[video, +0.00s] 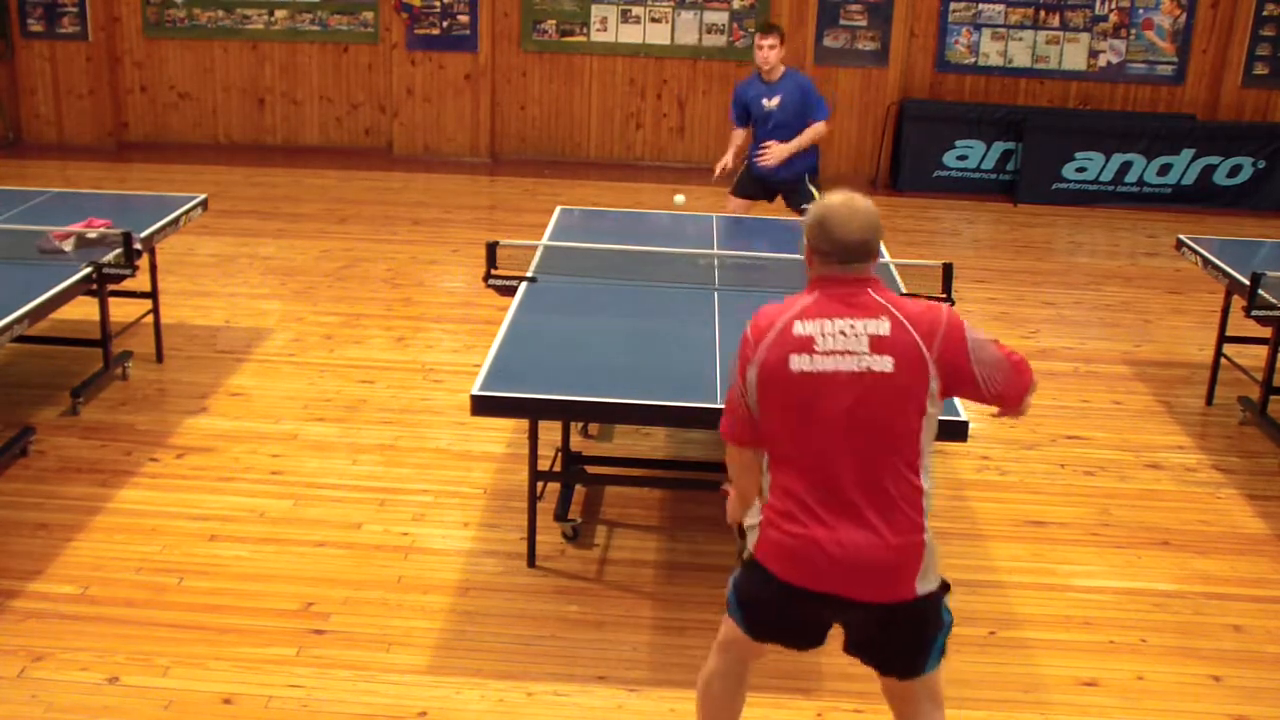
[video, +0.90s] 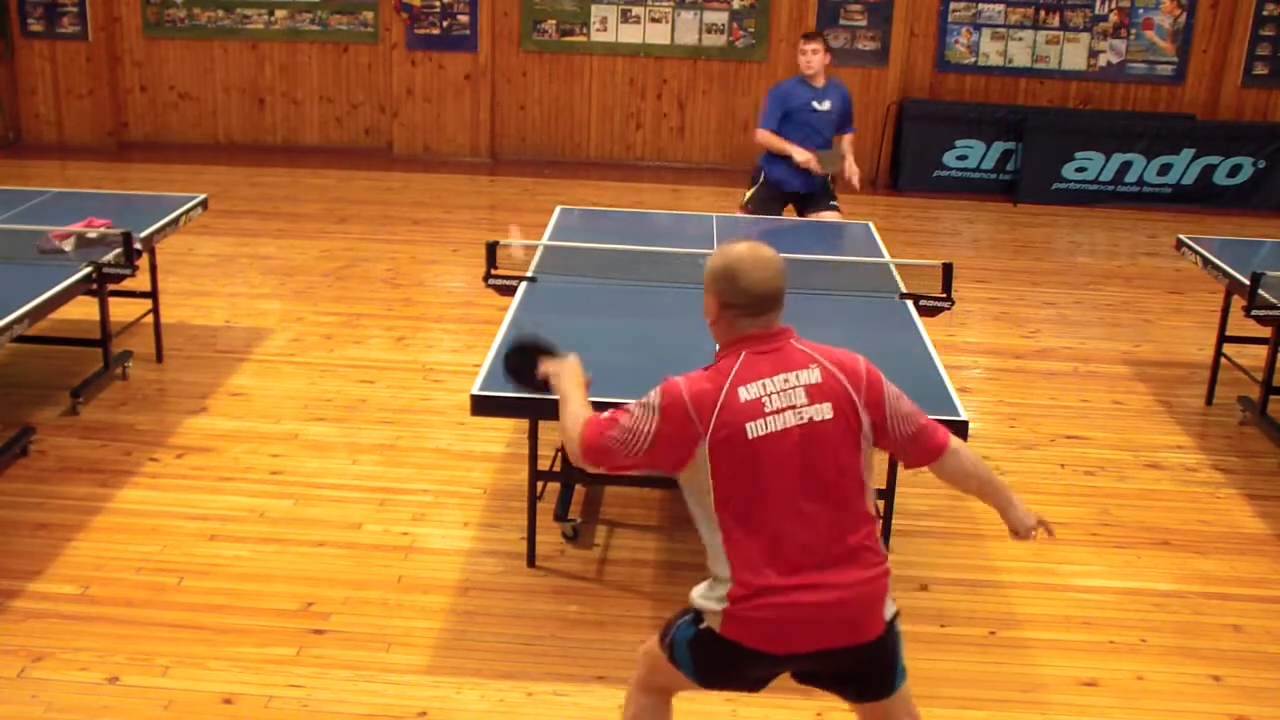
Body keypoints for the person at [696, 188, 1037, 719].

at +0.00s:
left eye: (804, 245)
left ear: (809, 252)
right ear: (880, 252)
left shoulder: (768, 326)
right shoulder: (931, 325)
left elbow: (740, 436)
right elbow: (1015, 386)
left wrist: (744, 495)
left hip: (790, 558)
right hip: (894, 568)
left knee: (733, 647)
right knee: (917, 697)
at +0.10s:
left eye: (813, 269)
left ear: (817, 281)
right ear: (886, 280)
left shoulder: (776, 364)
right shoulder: (941, 355)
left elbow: (747, 483)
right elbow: (1035, 407)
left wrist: (749, 515)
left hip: (809, 594)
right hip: (913, 600)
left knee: (733, 661)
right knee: (934, 706)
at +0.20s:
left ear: (817, 295)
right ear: (888, 296)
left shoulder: (773, 384)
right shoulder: (940, 377)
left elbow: (740, 494)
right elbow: (1031, 441)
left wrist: (763, 501)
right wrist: (1053, 465)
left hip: (811, 617)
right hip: (920, 623)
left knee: (734, 698)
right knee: (951, 708)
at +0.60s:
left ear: (822, 288)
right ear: (895, 290)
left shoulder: (780, 371)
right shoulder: (946, 370)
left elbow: (739, 486)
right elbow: (1016, 462)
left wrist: (763, 490)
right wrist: (995, 516)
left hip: (810, 619)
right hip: (922, 625)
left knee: (727, 706)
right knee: (939, 710)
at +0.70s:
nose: (790, 288)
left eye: (791, 279)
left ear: (798, 288)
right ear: (864, 286)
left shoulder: (763, 373)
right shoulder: (922, 367)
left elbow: (708, 479)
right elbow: (1001, 460)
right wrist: (1006, 519)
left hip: (796, 612)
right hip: (901, 616)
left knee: (702, 700)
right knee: (939, 711)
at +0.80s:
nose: (736, 300)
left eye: (737, 292)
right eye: (738, 289)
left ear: (749, 301)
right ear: (814, 295)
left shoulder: (724, 387)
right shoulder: (883, 366)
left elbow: (622, 458)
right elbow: (969, 448)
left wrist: (556, 439)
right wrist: (1018, 522)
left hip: (777, 617)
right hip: (884, 616)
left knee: (676, 687)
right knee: (918, 708)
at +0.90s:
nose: (703, 304)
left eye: (705, 296)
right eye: (706, 293)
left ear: (715, 308)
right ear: (782, 302)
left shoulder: (695, 399)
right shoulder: (849, 372)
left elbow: (585, 444)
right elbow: (936, 447)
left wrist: (569, 381)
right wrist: (1008, 502)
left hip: (753, 624)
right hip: (860, 620)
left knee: (654, 675)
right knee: (890, 706)